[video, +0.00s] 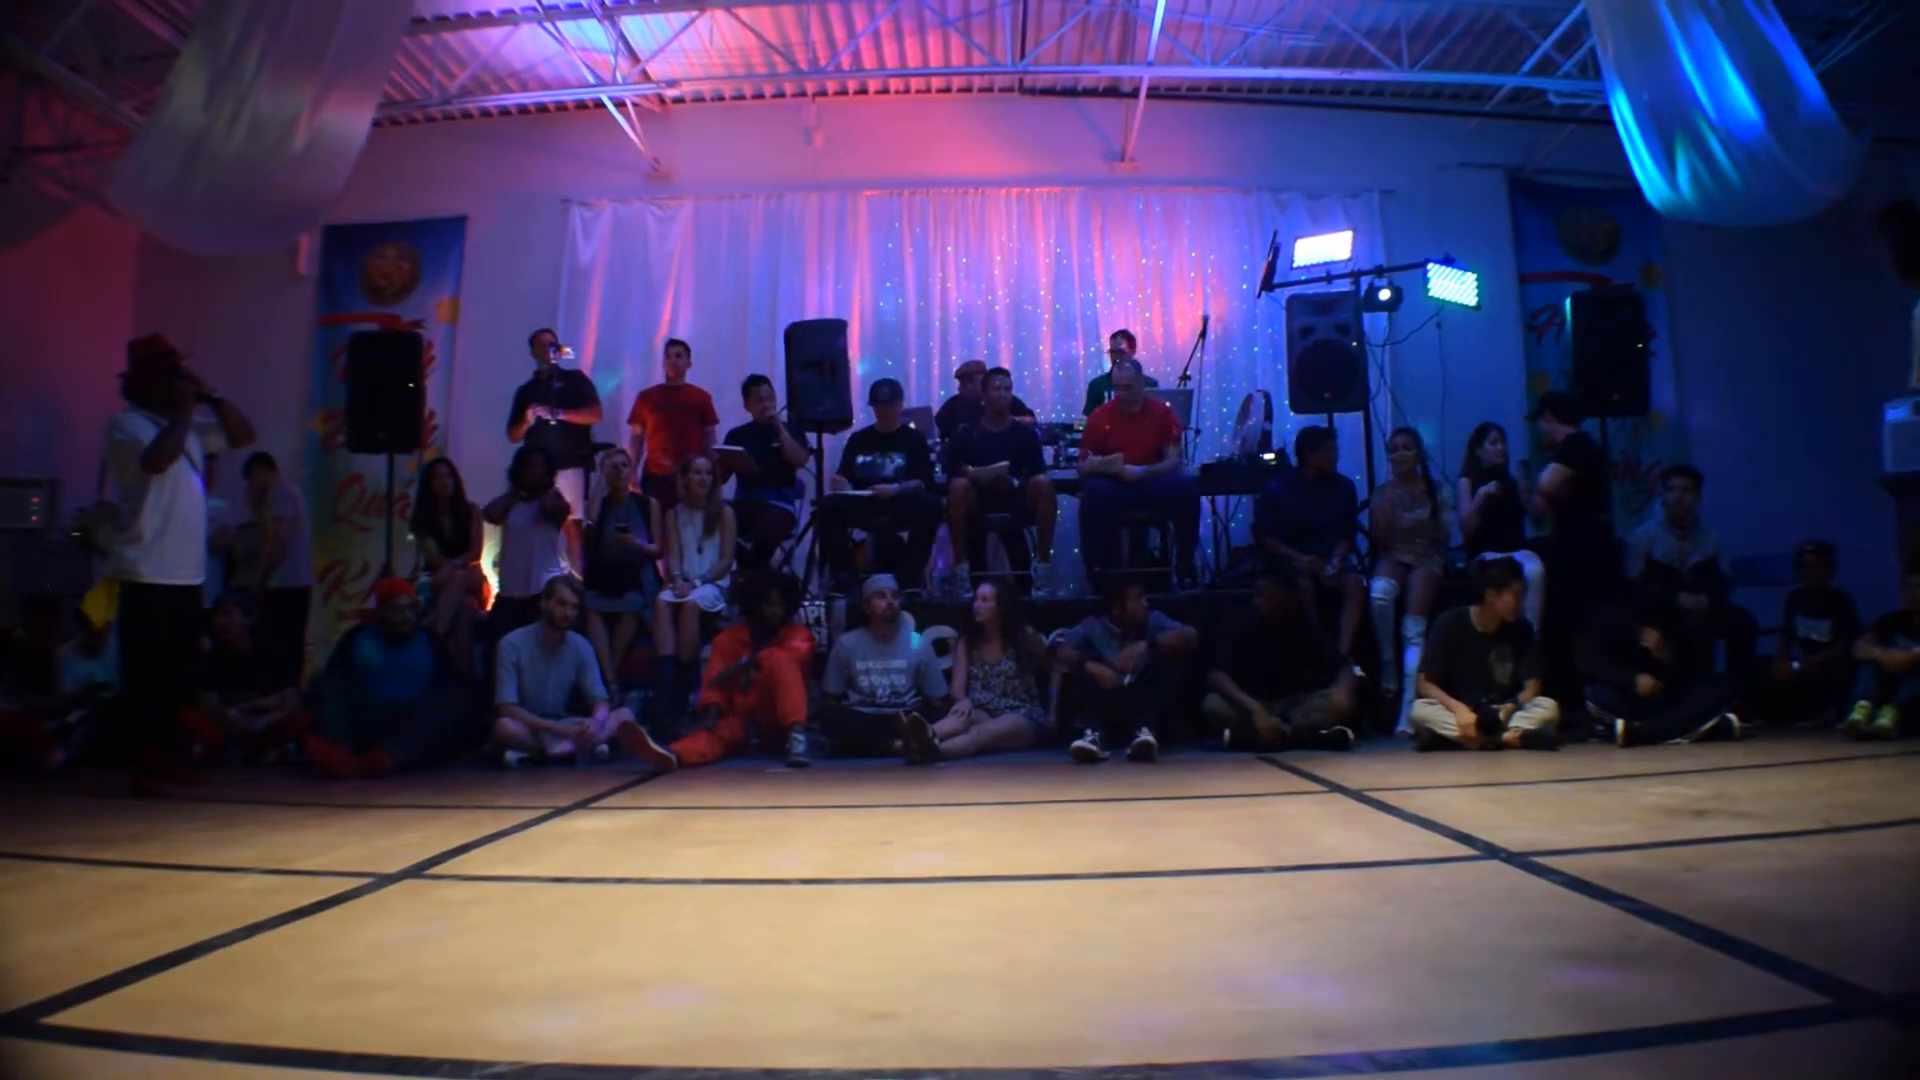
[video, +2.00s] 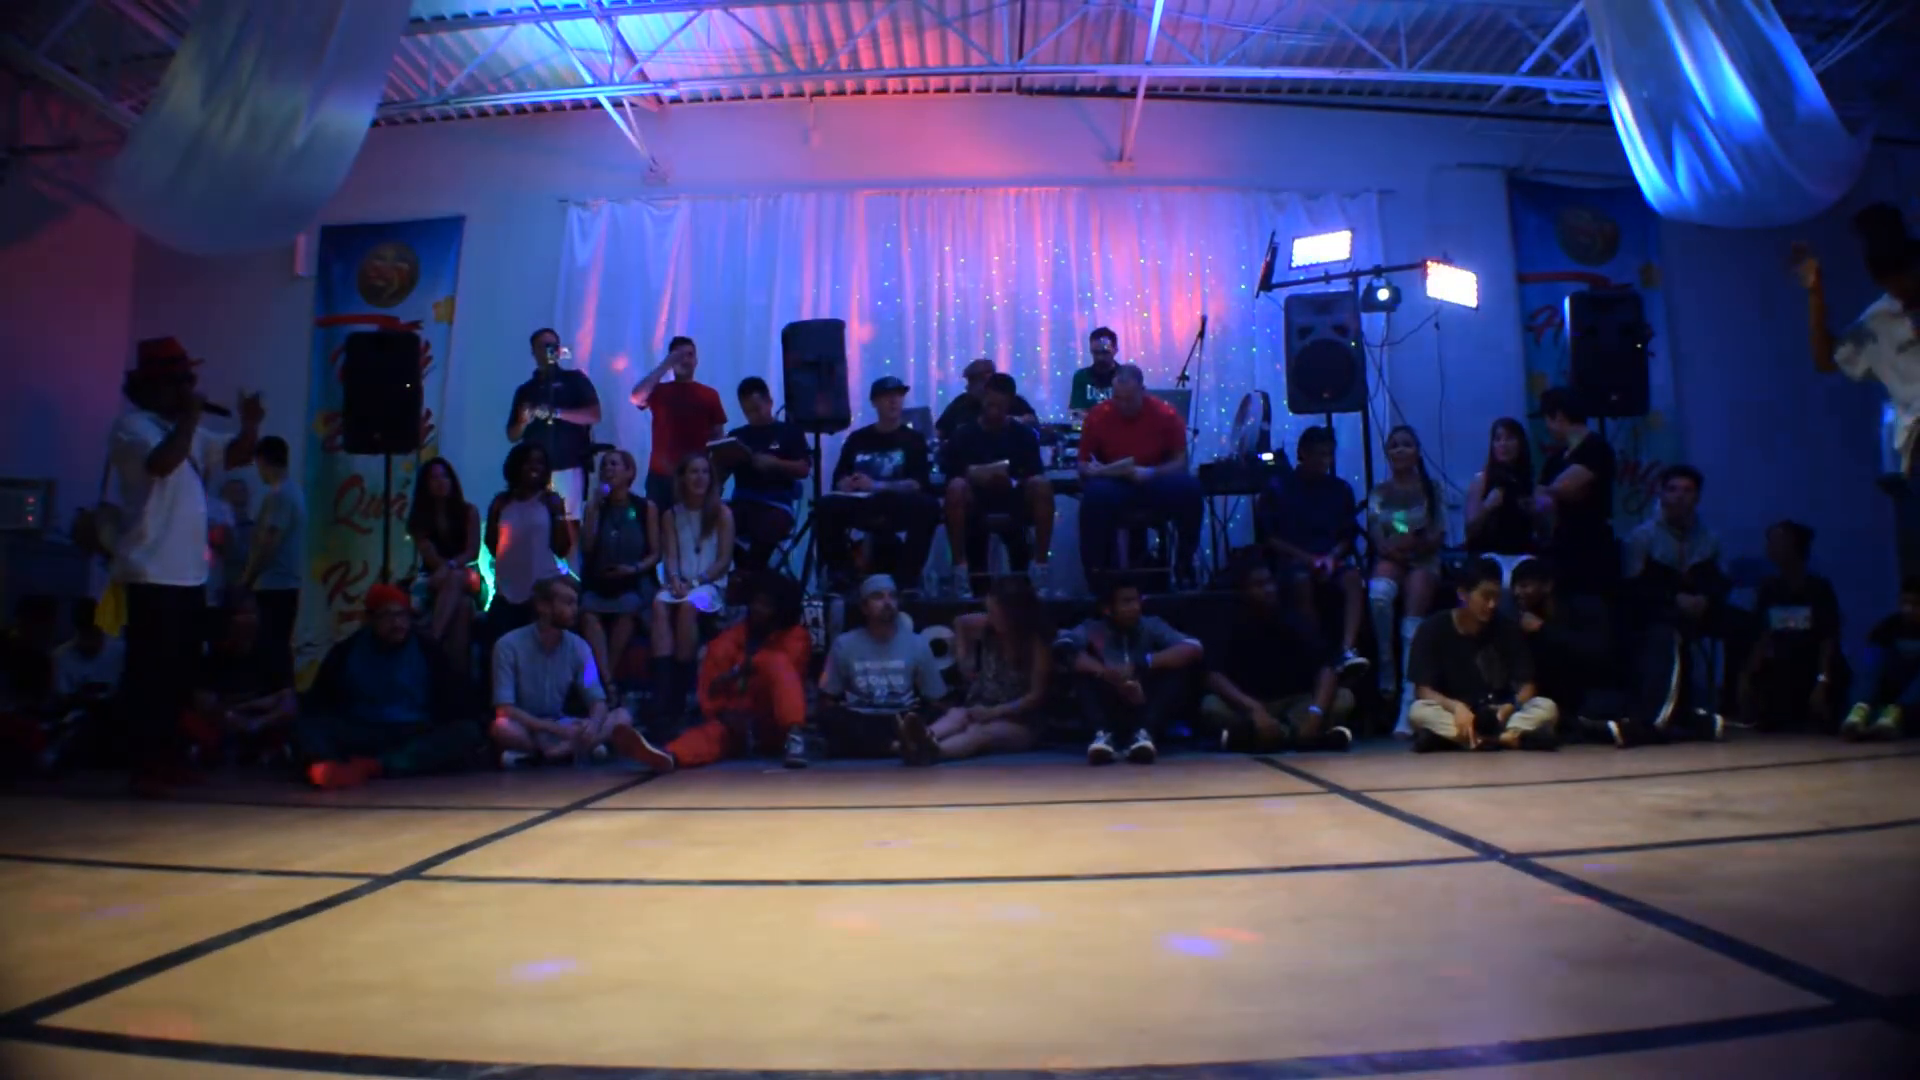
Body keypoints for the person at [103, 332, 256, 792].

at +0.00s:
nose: (178, 385)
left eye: (179, 377)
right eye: (167, 378)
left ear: (178, 383)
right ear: (144, 384)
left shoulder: (184, 429)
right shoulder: (126, 425)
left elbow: (242, 435)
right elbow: (155, 461)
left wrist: (210, 397)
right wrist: (184, 410)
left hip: (185, 579)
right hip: (147, 578)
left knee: (180, 679)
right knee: (148, 681)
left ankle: (175, 762)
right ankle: (146, 767)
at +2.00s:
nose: (189, 391)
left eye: (189, 383)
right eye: (179, 383)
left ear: (184, 386)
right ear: (154, 387)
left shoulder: (187, 433)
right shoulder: (132, 426)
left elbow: (236, 456)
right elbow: (160, 464)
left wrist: (248, 428)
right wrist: (189, 418)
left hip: (188, 577)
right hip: (151, 575)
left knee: (181, 677)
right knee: (151, 677)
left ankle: (172, 761)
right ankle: (146, 767)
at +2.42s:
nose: (182, 389)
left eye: (184, 381)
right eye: (171, 382)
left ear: (186, 387)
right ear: (147, 387)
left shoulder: (202, 435)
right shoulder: (125, 431)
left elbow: (256, 463)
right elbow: (124, 468)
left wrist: (250, 469)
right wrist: (156, 421)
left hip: (191, 585)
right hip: (142, 585)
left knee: (184, 685)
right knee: (144, 685)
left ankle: (177, 763)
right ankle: (143, 769)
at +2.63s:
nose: (173, 393)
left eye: (178, 385)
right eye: (163, 386)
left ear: (185, 388)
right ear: (144, 391)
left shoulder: (207, 437)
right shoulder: (128, 434)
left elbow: (241, 491)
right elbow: (117, 471)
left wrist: (240, 526)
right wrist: (150, 422)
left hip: (194, 585)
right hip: (142, 584)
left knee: (185, 681)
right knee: (143, 682)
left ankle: (177, 761)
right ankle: (142, 765)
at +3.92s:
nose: (207, 382)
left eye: (210, 373)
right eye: (196, 374)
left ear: (216, 377)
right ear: (174, 379)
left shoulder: (228, 431)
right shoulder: (153, 428)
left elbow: (251, 498)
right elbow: (155, 464)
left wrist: (266, 550)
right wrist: (186, 413)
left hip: (226, 582)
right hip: (172, 584)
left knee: (222, 682)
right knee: (177, 684)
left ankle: (215, 765)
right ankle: (183, 768)